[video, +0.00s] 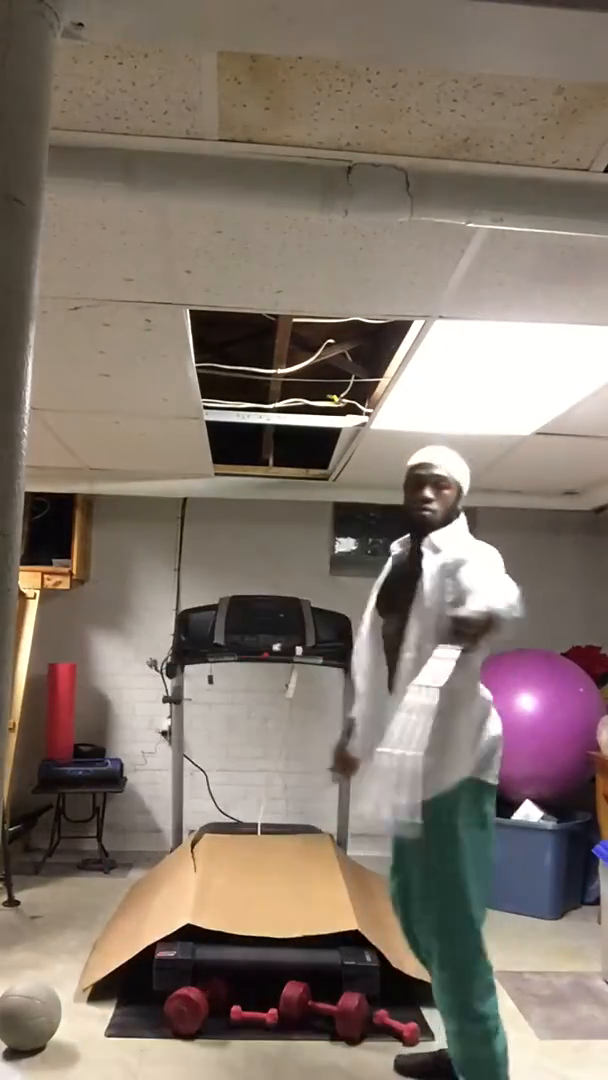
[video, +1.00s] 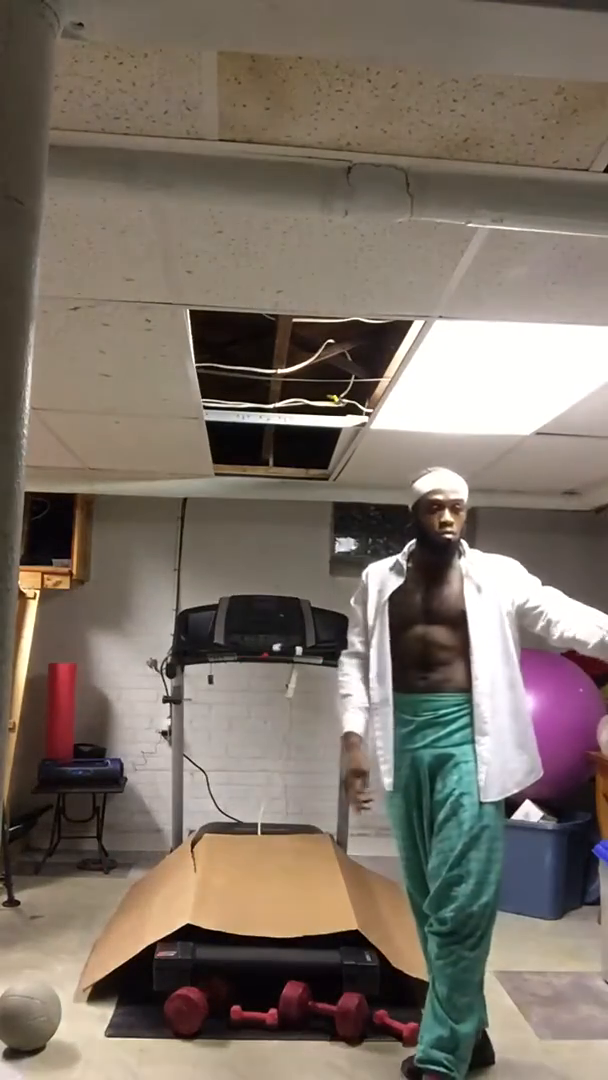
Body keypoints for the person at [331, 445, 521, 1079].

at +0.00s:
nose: (426, 494)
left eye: (440, 485)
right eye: (416, 484)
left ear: (462, 496)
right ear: (405, 494)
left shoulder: (471, 554)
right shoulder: (394, 564)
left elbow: (503, 599)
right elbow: (368, 659)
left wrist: (481, 616)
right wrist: (353, 737)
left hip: (453, 755)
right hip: (405, 756)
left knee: (449, 916)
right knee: (412, 907)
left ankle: (482, 1066)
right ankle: (462, 1049)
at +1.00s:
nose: (445, 515)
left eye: (454, 507)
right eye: (434, 506)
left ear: (468, 514)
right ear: (413, 514)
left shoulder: (498, 573)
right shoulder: (377, 578)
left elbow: (565, 620)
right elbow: (353, 661)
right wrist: (352, 739)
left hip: (468, 730)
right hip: (398, 734)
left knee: (458, 899)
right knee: (426, 897)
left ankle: (438, 1056)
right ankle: (468, 1030)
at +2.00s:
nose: (360, 481)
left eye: (373, 470)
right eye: (356, 474)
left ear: (415, 487)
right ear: (355, 492)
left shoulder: (456, 561)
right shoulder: (341, 548)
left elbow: (499, 661)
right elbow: (329, 508)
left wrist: (490, 566)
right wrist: (436, 522)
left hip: (417, 738)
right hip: (337, 735)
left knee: (395, 923)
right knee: (308, 904)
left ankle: (367, 1069)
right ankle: (383, 1009)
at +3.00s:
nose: (194, 599)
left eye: (203, 579)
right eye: (192, 583)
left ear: (252, 570)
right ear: (248, 574)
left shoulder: (367, 592)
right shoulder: (241, 663)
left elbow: (356, 731)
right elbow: (220, 790)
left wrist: (250, 844)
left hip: (417, 844)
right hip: (325, 857)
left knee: (401, 1058)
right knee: (313, 1059)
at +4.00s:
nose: (59, 432)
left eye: (59, 417)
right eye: (62, 417)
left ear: (71, 418)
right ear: (147, 408)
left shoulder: (123, 495)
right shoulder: (196, 483)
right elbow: (298, 516)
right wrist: (362, 530)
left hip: (204, 818)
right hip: (266, 816)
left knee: (80, 1038)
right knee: (227, 1052)